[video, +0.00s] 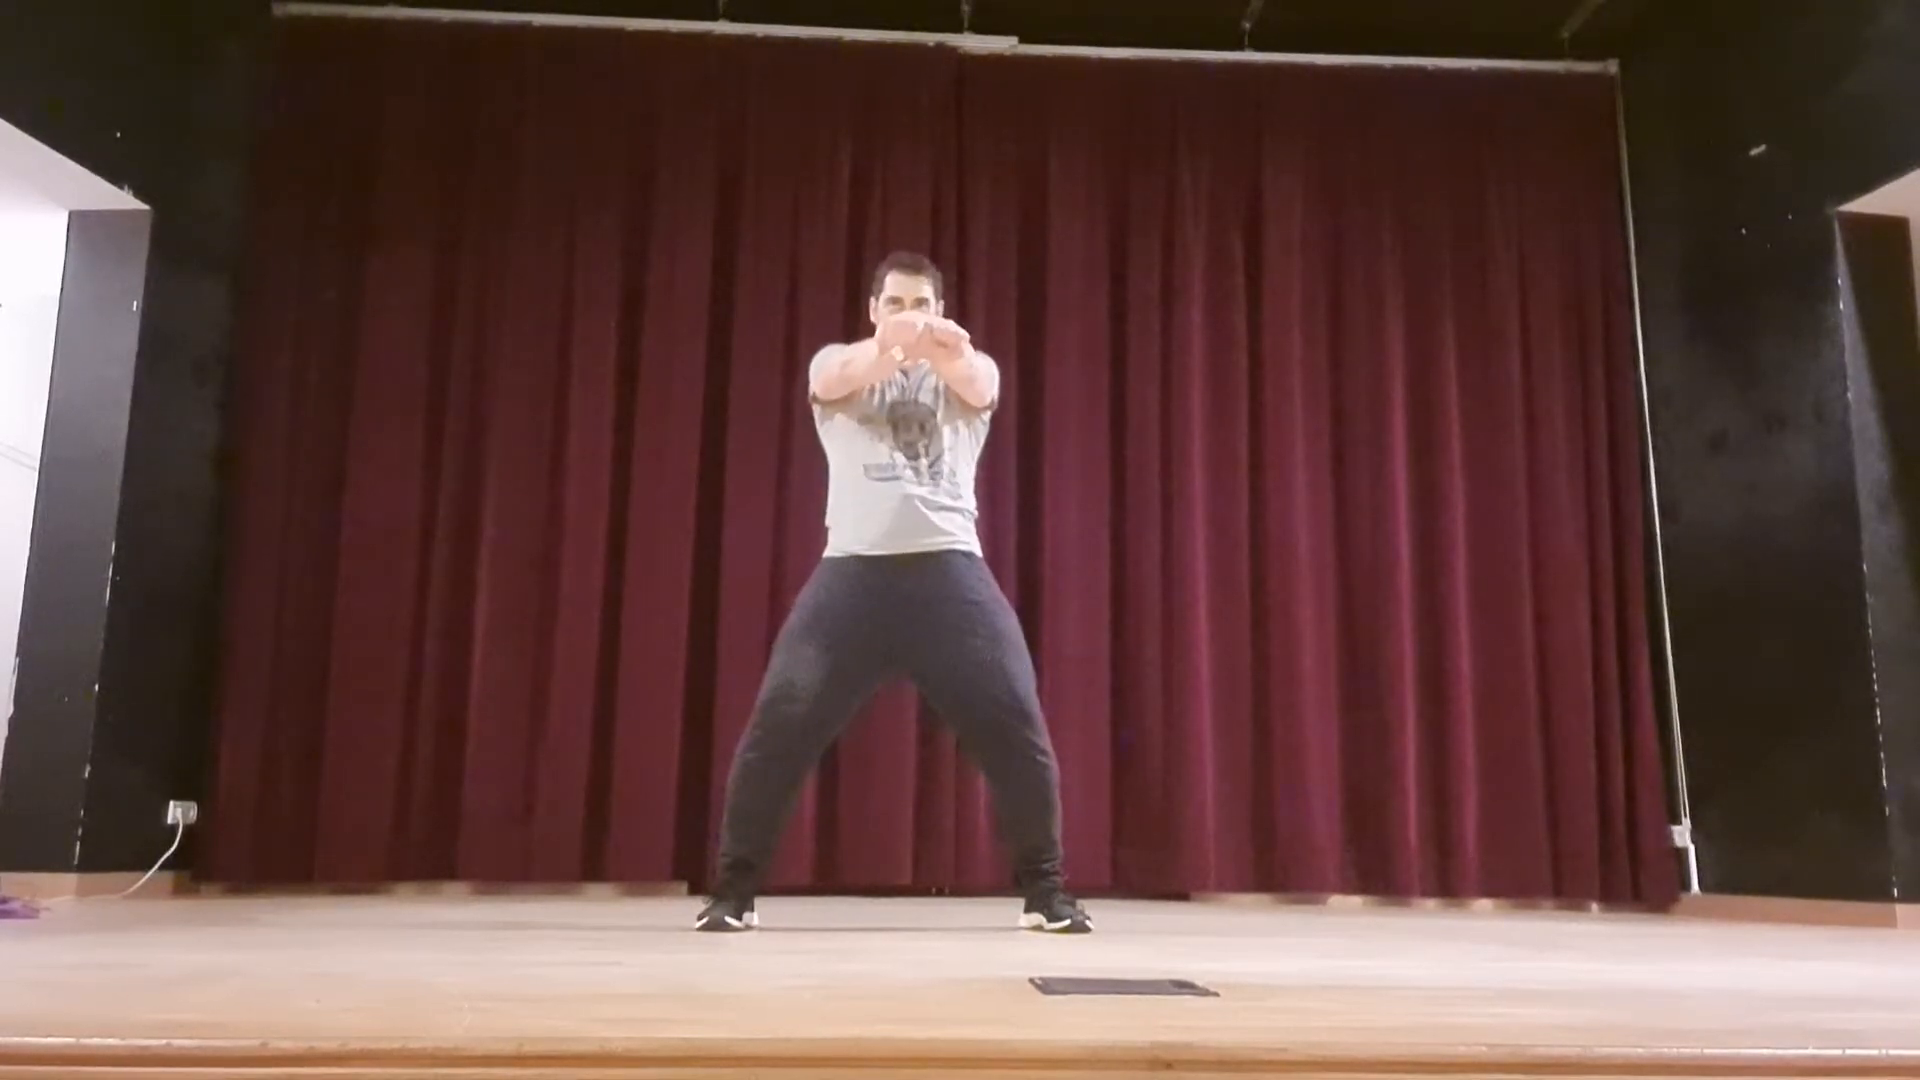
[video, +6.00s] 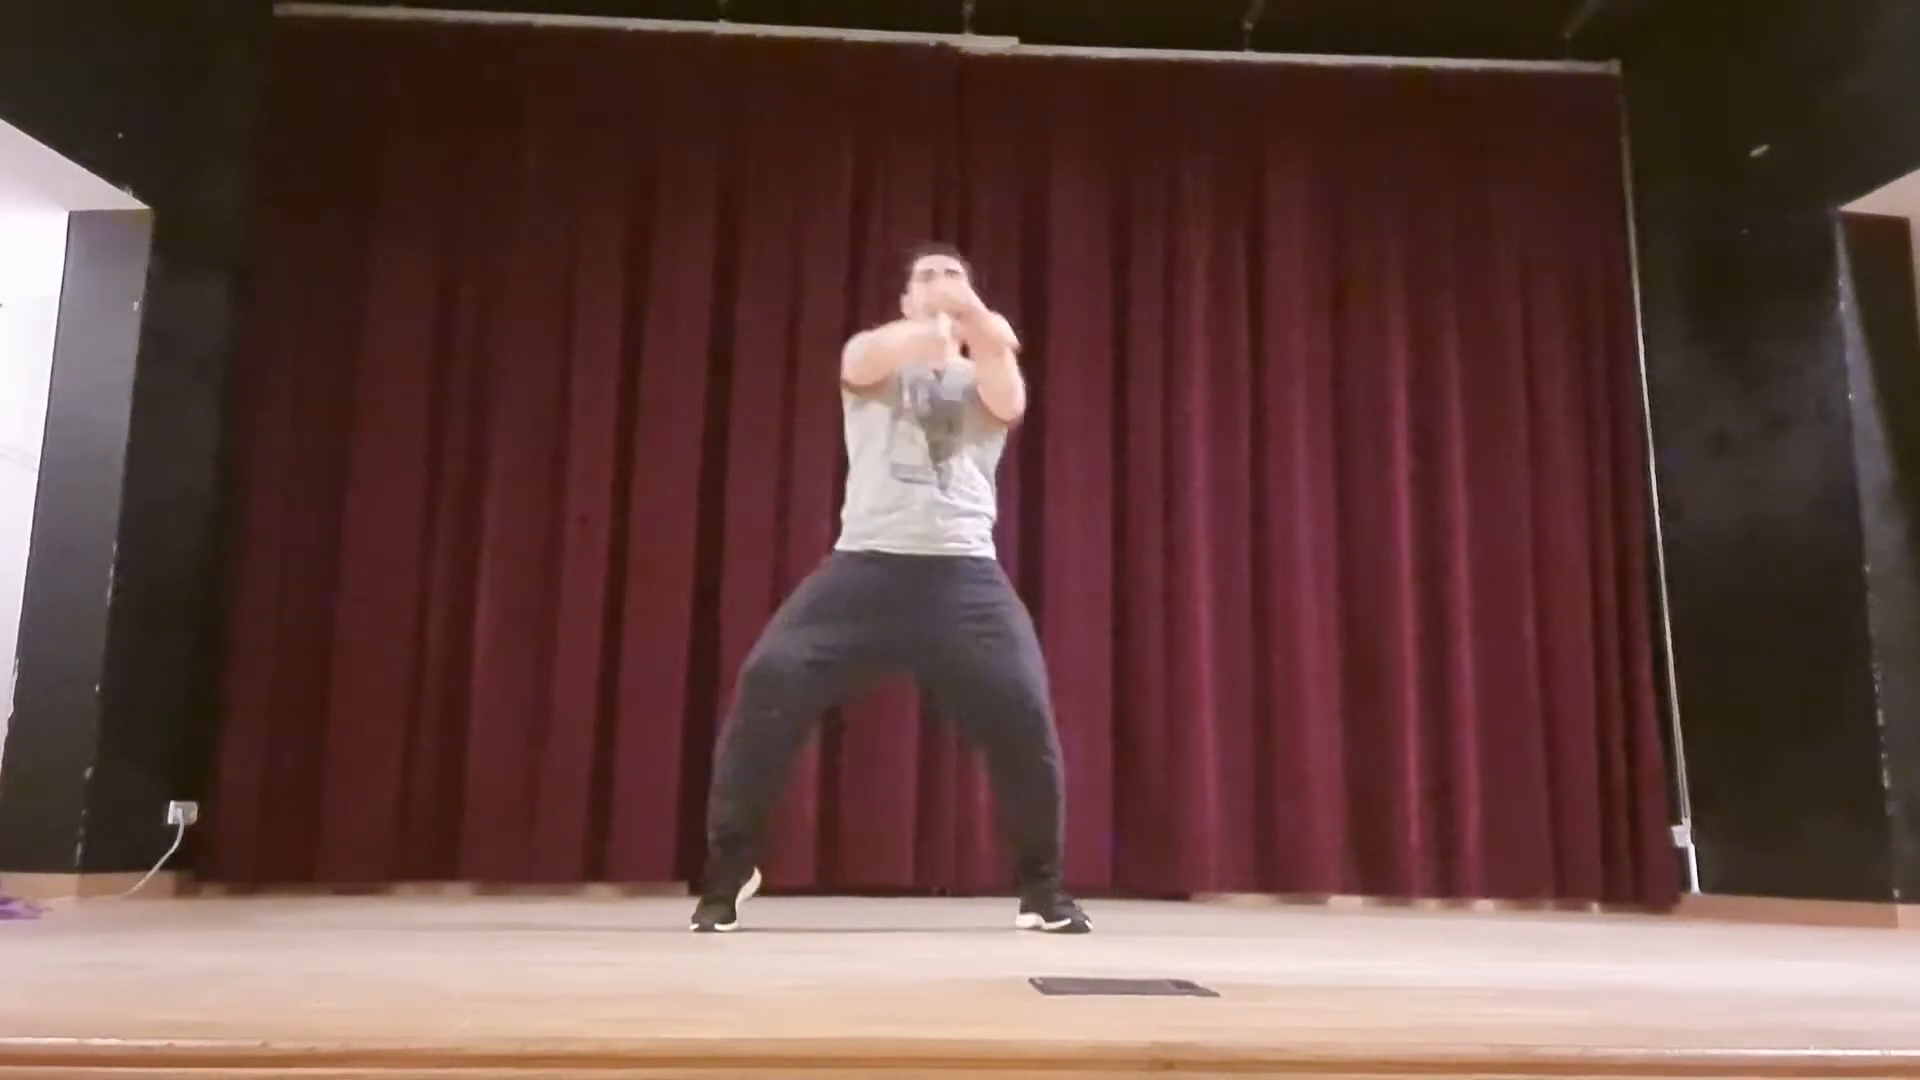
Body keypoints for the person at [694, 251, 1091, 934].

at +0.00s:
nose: (907, 315)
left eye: (920, 304)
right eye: (896, 303)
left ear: (939, 310)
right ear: (872, 308)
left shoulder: (973, 369)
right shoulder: (836, 361)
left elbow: (978, 392)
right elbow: (829, 385)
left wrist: (952, 357)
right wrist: (888, 351)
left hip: (950, 572)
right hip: (852, 572)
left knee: (1015, 721)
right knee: (783, 714)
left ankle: (1046, 891)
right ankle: (733, 893)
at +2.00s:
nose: (898, 297)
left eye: (911, 289)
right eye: (885, 286)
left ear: (929, 304)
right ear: (862, 298)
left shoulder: (952, 366)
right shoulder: (827, 358)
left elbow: (964, 391)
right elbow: (819, 383)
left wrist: (939, 346)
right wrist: (880, 349)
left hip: (941, 568)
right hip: (841, 572)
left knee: (1020, 716)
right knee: (778, 717)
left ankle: (1043, 879)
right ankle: (734, 890)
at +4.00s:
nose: (852, 302)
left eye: (866, 291)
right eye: (841, 290)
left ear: (889, 303)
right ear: (820, 301)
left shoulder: (921, 366)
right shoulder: (792, 368)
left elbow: (929, 393)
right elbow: (782, 399)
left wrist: (882, 364)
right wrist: (830, 373)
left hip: (922, 568)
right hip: (819, 575)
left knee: (1016, 700)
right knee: (755, 709)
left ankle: (1048, 861)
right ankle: (728, 887)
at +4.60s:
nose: (940, 292)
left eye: (953, 285)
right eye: (928, 284)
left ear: (975, 306)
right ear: (909, 303)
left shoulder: (997, 371)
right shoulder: (876, 357)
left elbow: (1013, 412)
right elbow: (868, 380)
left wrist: (964, 336)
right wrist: (937, 351)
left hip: (973, 580)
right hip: (870, 575)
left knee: (1031, 712)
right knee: (781, 686)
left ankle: (1050, 891)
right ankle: (734, 867)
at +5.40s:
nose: (852, 285)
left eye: (865, 279)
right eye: (840, 278)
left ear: (887, 306)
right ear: (817, 304)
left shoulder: (916, 360)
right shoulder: (788, 368)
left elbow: (922, 387)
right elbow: (784, 401)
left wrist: (874, 363)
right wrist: (839, 359)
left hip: (920, 567)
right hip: (818, 574)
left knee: (1012, 709)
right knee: (755, 706)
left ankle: (1044, 866)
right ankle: (734, 886)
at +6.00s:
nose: (936, 288)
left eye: (950, 278)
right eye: (923, 278)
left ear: (972, 299)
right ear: (903, 297)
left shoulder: (991, 373)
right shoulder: (870, 355)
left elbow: (1007, 404)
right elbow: (864, 363)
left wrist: (982, 326)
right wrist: (943, 330)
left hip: (965, 576)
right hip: (862, 569)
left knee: (1022, 707)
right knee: (770, 676)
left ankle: (1043, 888)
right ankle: (729, 863)